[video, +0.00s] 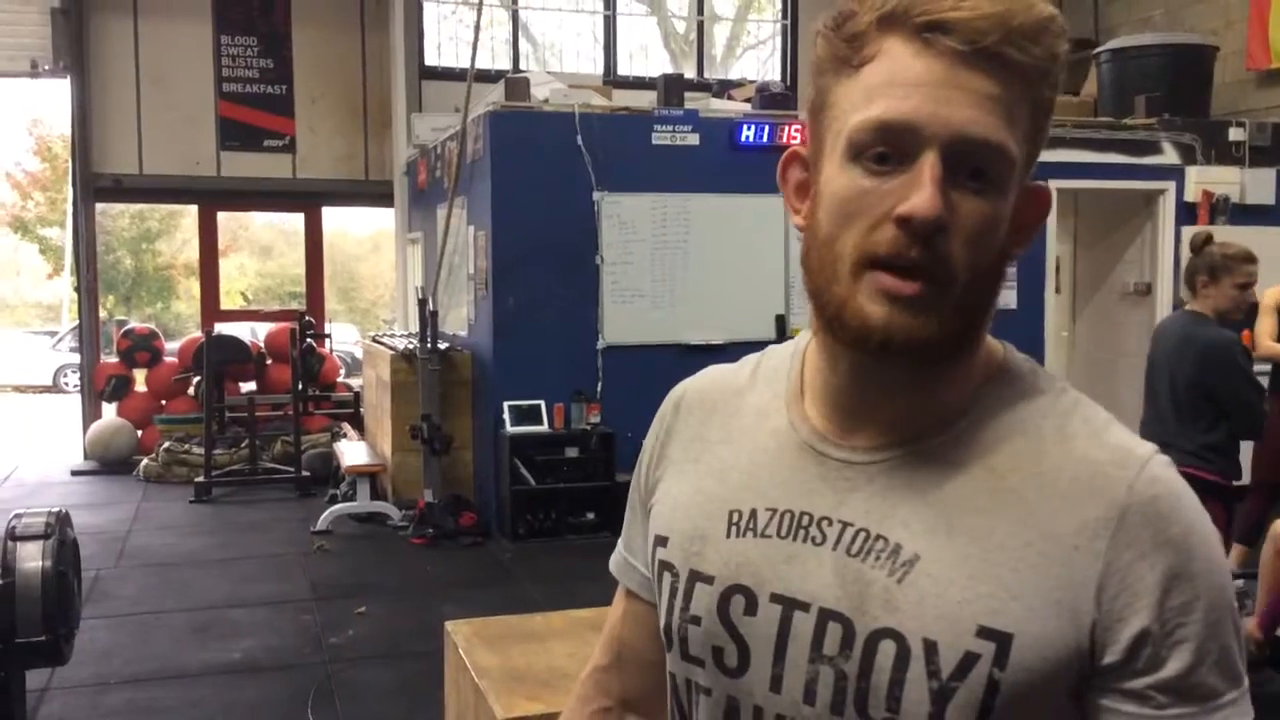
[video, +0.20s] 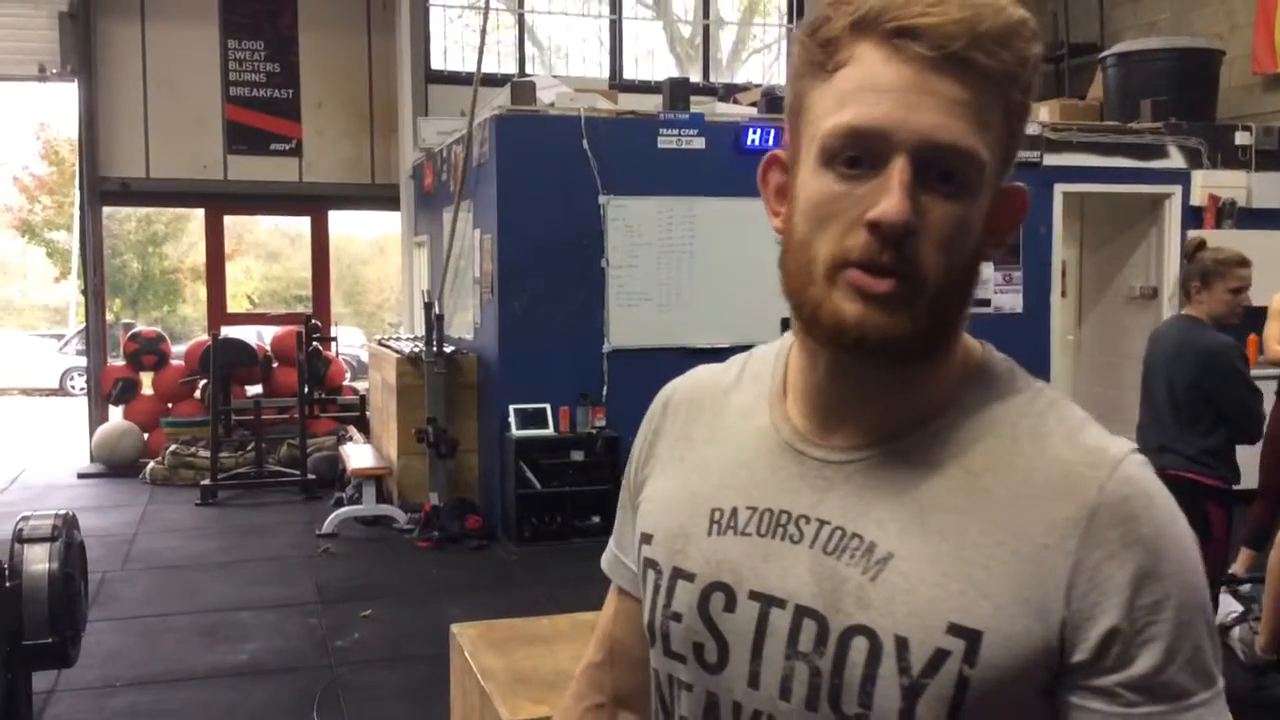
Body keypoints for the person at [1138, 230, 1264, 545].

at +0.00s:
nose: (1252, 298)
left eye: (1253, 287)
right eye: (1243, 287)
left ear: (1204, 286)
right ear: (1205, 285)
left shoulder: (1166, 328)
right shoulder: (1221, 343)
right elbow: (1253, 422)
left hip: (1158, 474)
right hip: (1205, 484)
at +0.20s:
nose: (1245, 302)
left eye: (1246, 291)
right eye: (1236, 292)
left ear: (1195, 293)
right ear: (1197, 290)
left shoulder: (1162, 334)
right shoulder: (1220, 348)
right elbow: (1251, 428)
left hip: (1154, 478)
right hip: (1202, 488)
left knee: (1161, 586)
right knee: (1200, 597)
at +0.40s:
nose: (1227, 298)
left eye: (1231, 288)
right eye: (1214, 289)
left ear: (1235, 289)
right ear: (1184, 294)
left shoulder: (1161, 337)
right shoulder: (1203, 348)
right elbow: (1244, 425)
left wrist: (1228, 407)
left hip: (1155, 480)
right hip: (1193, 488)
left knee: (1177, 609)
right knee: (1202, 617)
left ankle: (1175, 704)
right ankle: (1223, 712)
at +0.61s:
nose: (1215, 299)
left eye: (1222, 289)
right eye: (1203, 290)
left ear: (1229, 291)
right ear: (1175, 295)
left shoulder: (1173, 339)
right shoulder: (1187, 348)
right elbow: (1235, 426)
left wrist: (1235, 397)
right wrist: (1244, 393)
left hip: (1178, 485)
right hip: (1189, 491)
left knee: (1210, 615)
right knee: (1185, 616)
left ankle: (1230, 714)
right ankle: (1162, 715)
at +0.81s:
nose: (1215, 296)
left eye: (1222, 285)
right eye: (1203, 287)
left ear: (1228, 288)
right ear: (1175, 293)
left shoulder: (1178, 337)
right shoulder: (1185, 345)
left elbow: (1235, 395)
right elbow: (1236, 419)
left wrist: (1236, 397)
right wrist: (1245, 390)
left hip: (1187, 482)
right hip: (1195, 486)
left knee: (1219, 611)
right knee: (1193, 612)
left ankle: (1239, 713)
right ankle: (1170, 715)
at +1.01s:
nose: (1222, 295)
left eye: (1228, 285)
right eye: (1210, 286)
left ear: (1234, 285)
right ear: (1181, 291)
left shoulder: (1170, 334)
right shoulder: (1199, 346)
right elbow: (1252, 417)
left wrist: (1243, 386)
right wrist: (1251, 384)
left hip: (1185, 479)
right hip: (1210, 486)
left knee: (1229, 610)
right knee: (1204, 612)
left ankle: (1250, 712)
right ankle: (1180, 715)